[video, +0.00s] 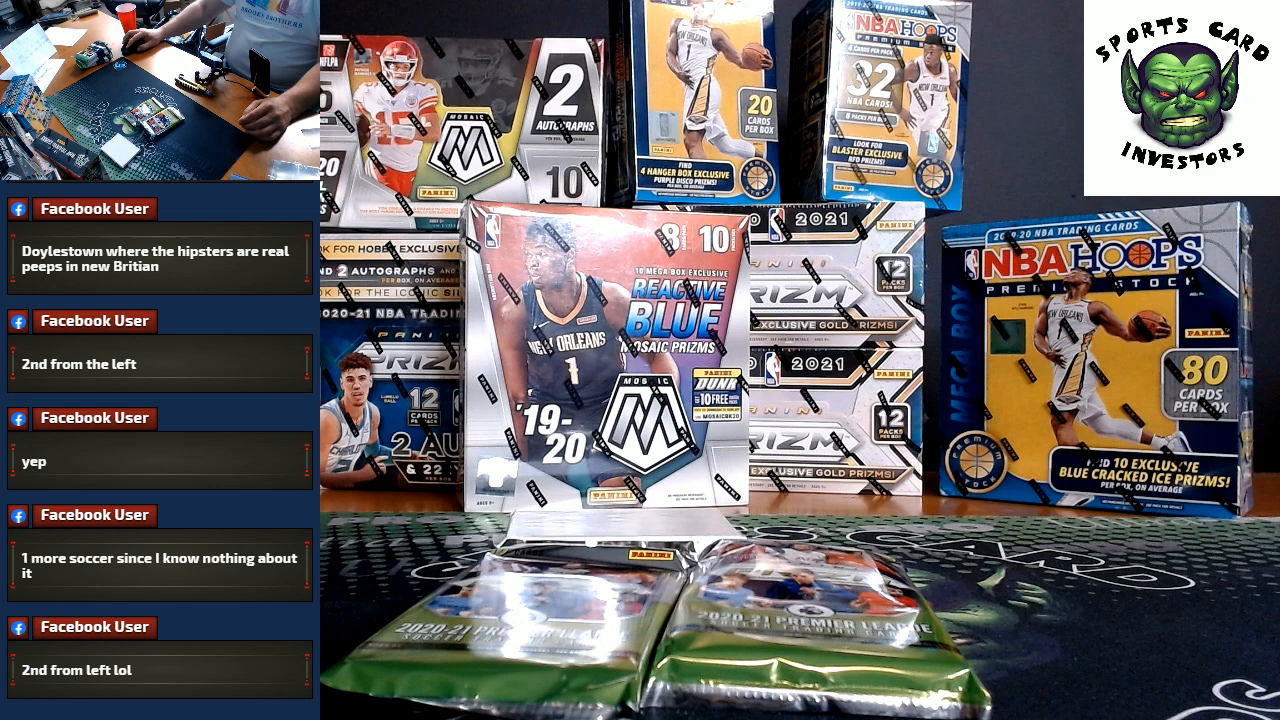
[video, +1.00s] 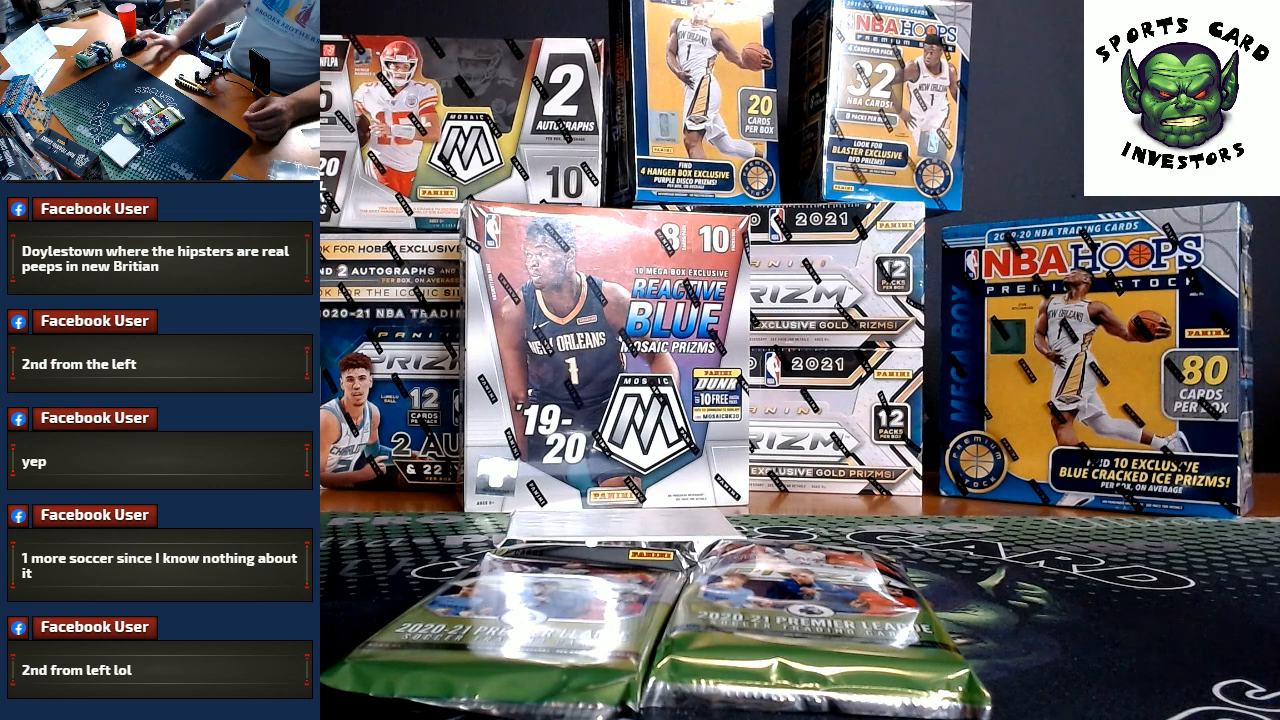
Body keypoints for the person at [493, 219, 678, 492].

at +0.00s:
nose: (532, 263)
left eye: (542, 254)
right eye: (529, 255)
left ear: (570, 256)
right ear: (524, 259)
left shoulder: (612, 299)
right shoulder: (514, 312)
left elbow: (658, 357)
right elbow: (518, 399)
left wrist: (663, 419)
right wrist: (524, 461)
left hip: (610, 419)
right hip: (550, 424)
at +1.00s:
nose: (532, 263)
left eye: (542, 254)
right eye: (529, 255)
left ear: (570, 255)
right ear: (524, 259)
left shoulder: (612, 299)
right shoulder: (514, 312)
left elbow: (658, 357)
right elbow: (518, 399)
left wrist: (663, 417)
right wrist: (524, 461)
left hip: (610, 424)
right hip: (549, 428)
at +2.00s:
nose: (532, 263)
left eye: (542, 254)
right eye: (529, 255)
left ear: (570, 256)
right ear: (524, 258)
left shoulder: (611, 299)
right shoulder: (514, 312)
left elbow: (657, 357)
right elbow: (518, 398)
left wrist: (663, 414)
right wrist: (524, 460)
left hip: (610, 424)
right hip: (549, 428)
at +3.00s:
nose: (532, 263)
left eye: (542, 254)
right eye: (529, 255)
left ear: (569, 255)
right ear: (525, 259)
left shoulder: (611, 299)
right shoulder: (513, 313)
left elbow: (658, 357)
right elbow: (518, 399)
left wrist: (663, 413)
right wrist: (524, 461)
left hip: (610, 421)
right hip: (549, 425)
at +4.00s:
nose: (532, 263)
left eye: (542, 254)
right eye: (529, 255)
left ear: (570, 255)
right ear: (525, 259)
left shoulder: (611, 299)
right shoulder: (513, 313)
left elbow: (658, 357)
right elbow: (518, 398)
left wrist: (662, 413)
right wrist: (524, 460)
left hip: (610, 422)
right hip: (549, 427)